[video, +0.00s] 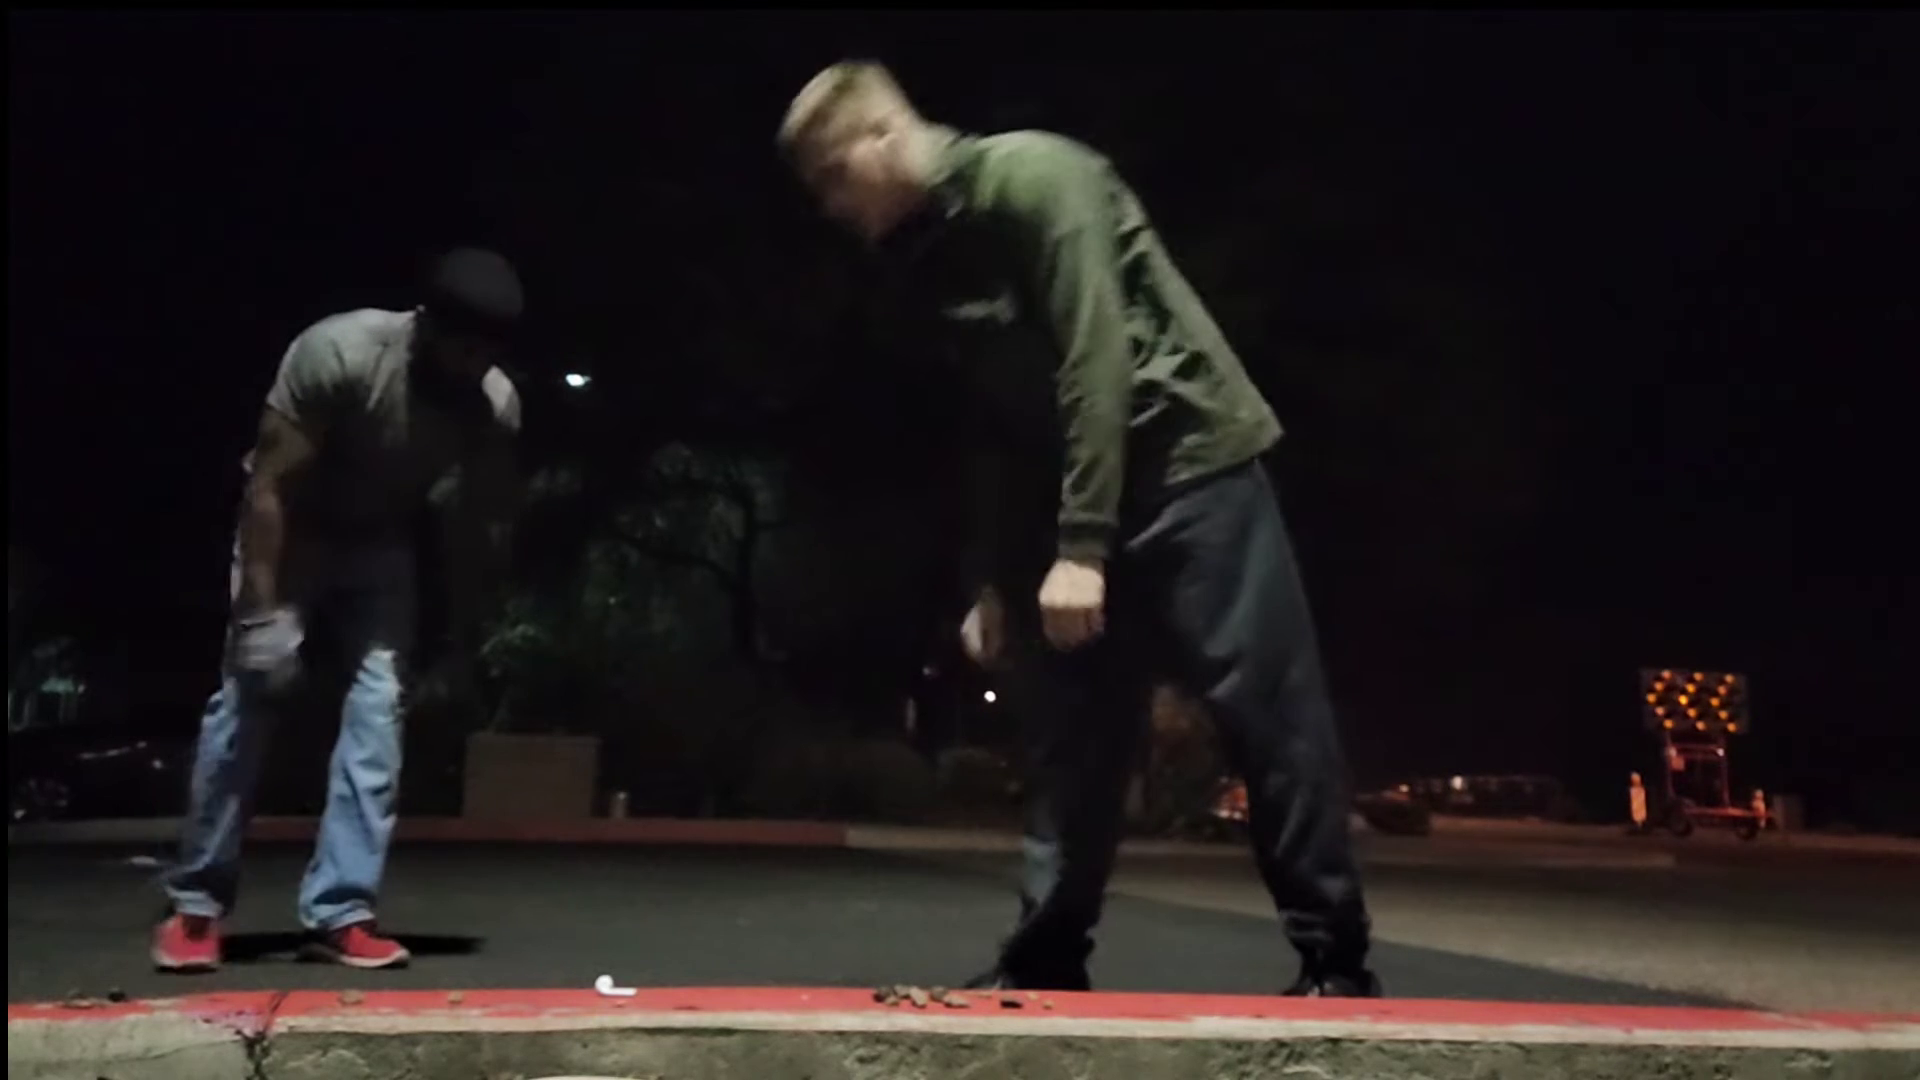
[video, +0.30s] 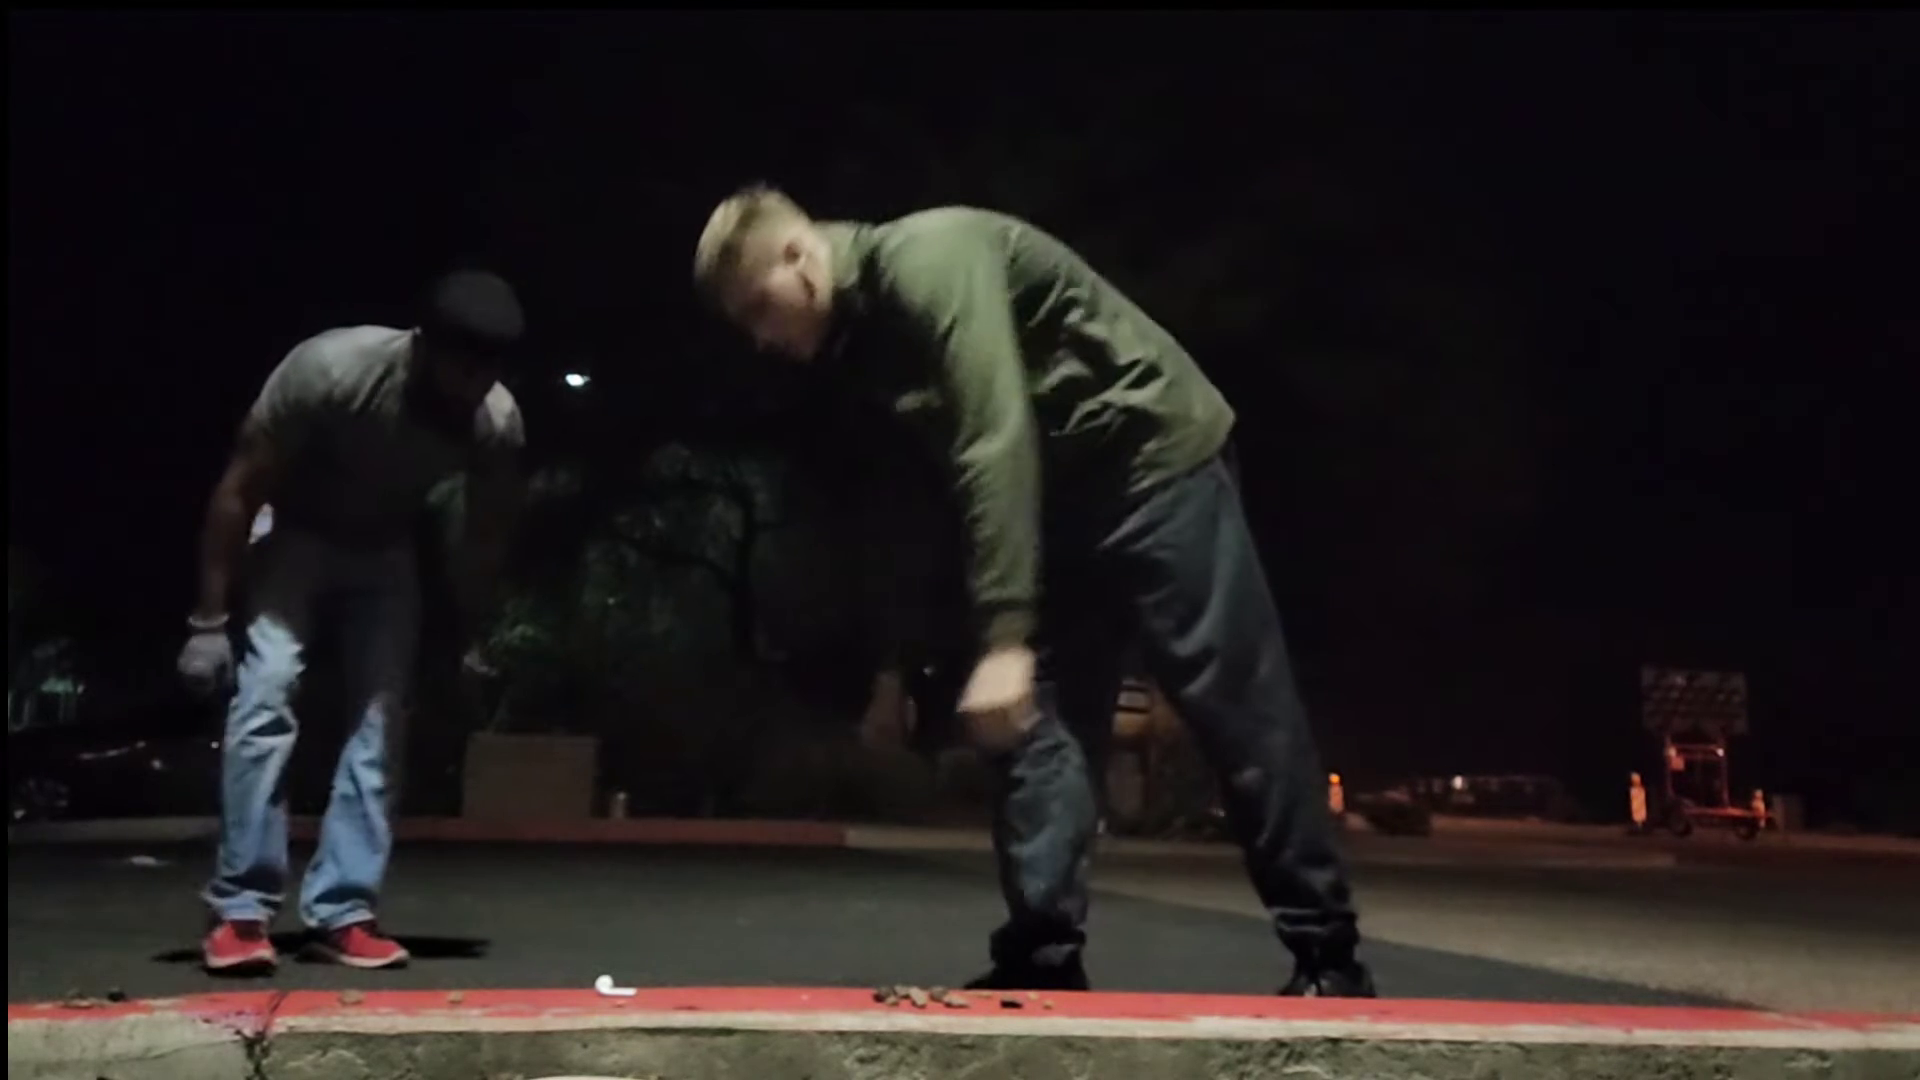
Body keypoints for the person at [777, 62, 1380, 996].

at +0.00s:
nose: (833, 206)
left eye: (833, 176)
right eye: (821, 189)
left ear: (883, 133)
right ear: (874, 148)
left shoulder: (1036, 175)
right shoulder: (929, 258)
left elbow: (1099, 363)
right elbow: (994, 432)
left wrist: (1082, 546)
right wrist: (992, 579)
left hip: (1198, 472)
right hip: (1091, 498)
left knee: (1267, 715)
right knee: (1073, 735)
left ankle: (1335, 959)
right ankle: (1047, 960)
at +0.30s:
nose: (762, 339)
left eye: (758, 312)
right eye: (746, 325)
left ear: (799, 257)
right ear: (793, 266)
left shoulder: (933, 258)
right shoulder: (861, 340)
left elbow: (997, 445)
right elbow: (902, 519)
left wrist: (1007, 644)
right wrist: (895, 668)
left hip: (1158, 457)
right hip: (1057, 495)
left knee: (1230, 696)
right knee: (1042, 711)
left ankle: (1326, 947)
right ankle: (1044, 952)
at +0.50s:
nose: (751, 413)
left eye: (744, 389)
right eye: (733, 403)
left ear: (774, 328)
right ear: (775, 329)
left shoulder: (901, 315)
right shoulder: (834, 380)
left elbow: (906, 517)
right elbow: (831, 565)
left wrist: (855, 723)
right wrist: (811, 729)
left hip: (1143, 452)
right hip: (1034, 506)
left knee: (1220, 698)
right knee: (1034, 724)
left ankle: (1326, 958)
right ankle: (1041, 963)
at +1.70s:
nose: (724, 590)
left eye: (709, 569)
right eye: (704, 583)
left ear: (731, 503)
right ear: (729, 514)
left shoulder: (847, 476)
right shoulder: (792, 526)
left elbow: (875, 691)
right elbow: (807, 709)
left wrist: (848, 892)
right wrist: (778, 873)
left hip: (1110, 466)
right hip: (1000, 538)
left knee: (1228, 700)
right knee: (980, 732)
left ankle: (1430, 922)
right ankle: (1035, 946)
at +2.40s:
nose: (729, 699)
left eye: (715, 673)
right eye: (706, 689)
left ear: (741, 613)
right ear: (729, 630)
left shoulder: (839, 579)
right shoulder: (797, 603)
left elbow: (830, 797)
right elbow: (811, 799)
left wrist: (803, 983)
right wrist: (783, 976)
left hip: (1151, 598)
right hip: (1053, 653)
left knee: (1324, 803)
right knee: (993, 800)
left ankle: (1568, 944)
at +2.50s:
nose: (712, 694)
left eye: (694, 670)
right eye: (688, 687)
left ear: (712, 609)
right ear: (701, 636)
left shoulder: (818, 575)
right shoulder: (777, 618)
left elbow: (821, 792)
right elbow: (794, 801)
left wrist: (801, 991)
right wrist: (781, 986)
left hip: (1147, 608)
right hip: (1061, 694)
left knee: (1332, 811)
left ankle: (1564, 940)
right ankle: (1372, 870)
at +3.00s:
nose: (656, 678)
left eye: (645, 651)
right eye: (637, 666)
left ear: (680, 592)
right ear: (668, 621)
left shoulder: (801, 578)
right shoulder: (759, 631)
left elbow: (806, 785)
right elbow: (775, 800)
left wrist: (805, 968)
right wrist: (784, 973)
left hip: (1129, 647)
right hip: (1095, 709)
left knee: (1339, 803)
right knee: (1306, 841)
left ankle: (1587, 926)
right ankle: (1539, 945)